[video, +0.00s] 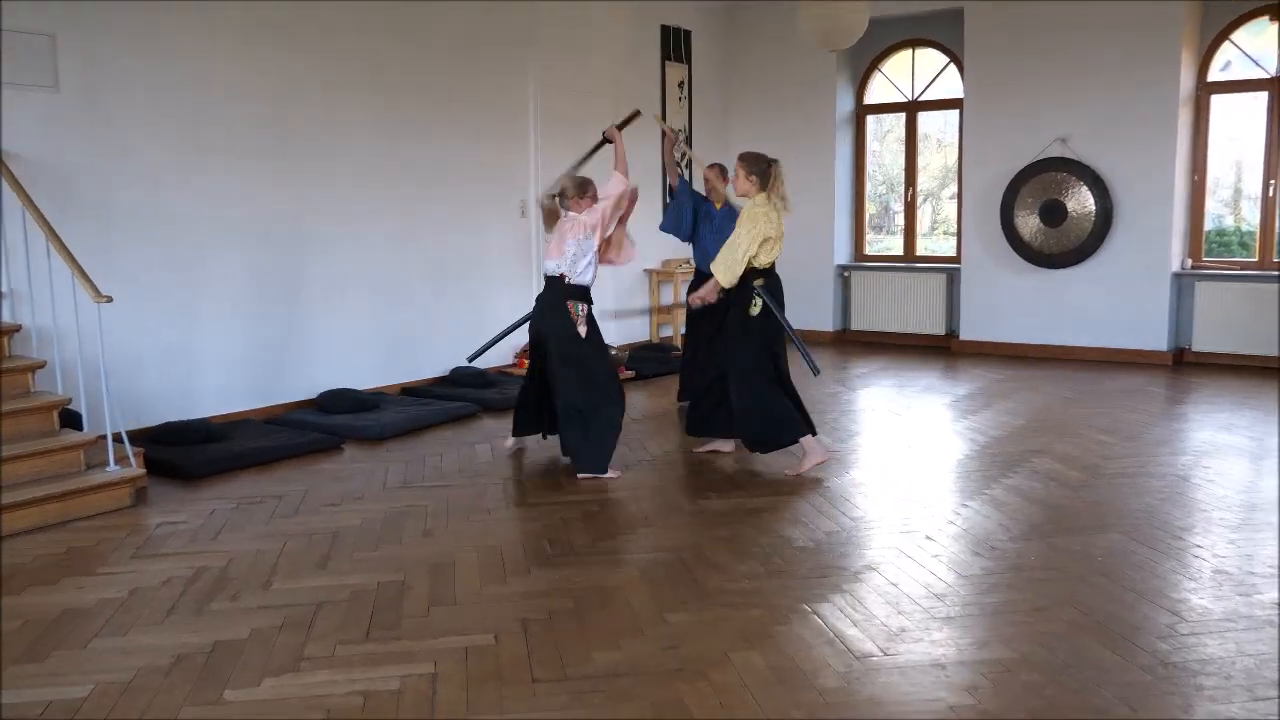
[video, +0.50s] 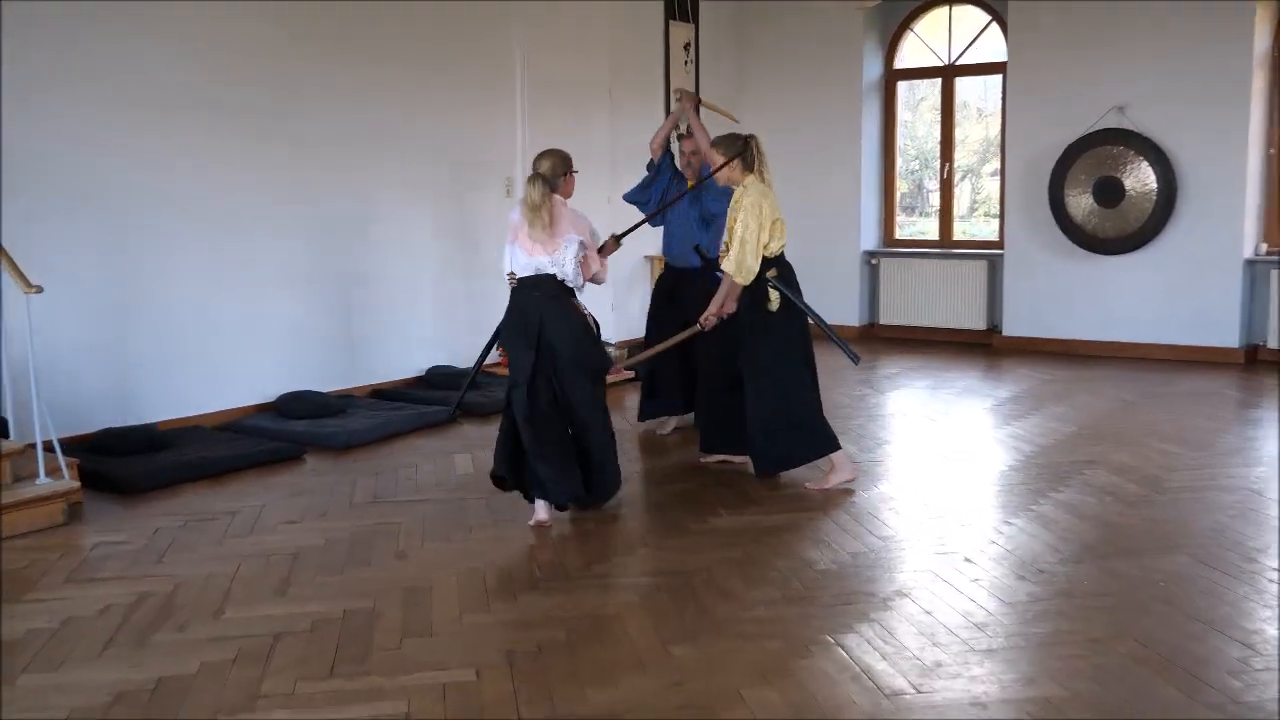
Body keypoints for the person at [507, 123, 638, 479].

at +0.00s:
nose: (595, 204)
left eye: (594, 198)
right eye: (591, 198)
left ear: (570, 202)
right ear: (575, 201)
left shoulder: (567, 228)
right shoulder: (578, 225)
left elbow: (613, 254)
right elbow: (618, 187)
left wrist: (622, 217)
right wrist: (618, 142)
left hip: (551, 307)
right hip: (568, 308)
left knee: (546, 373)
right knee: (603, 386)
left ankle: (519, 432)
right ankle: (590, 464)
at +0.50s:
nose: (575, 180)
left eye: (573, 174)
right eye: (573, 175)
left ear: (538, 178)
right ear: (565, 179)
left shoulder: (518, 217)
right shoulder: (577, 220)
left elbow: (512, 273)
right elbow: (595, 274)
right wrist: (602, 254)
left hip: (521, 309)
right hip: (562, 310)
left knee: (531, 400)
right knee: (570, 395)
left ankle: (540, 498)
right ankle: (576, 483)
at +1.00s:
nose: (529, 156)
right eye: (527, 152)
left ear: (493, 161)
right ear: (527, 156)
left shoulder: (485, 195)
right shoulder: (548, 188)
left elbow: (489, 163)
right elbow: (553, 178)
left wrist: (508, 130)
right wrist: (540, 146)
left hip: (506, 289)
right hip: (544, 287)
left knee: (511, 378)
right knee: (555, 380)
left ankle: (497, 463)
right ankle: (556, 480)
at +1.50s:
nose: (493, 126)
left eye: (493, 120)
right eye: (487, 120)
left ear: (486, 126)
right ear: (468, 126)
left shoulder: (497, 167)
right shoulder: (459, 163)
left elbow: (529, 157)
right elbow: (490, 122)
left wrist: (537, 111)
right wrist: (529, 95)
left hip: (488, 266)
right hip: (458, 264)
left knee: (496, 347)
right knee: (461, 351)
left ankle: (469, 436)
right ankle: (422, 430)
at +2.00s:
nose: (453, 135)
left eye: (458, 129)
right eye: (445, 129)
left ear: (462, 131)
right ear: (429, 131)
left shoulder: (457, 163)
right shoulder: (420, 158)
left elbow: (409, 195)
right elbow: (387, 161)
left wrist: (362, 175)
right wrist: (358, 162)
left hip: (463, 254)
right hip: (436, 252)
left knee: (461, 334)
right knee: (428, 332)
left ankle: (461, 418)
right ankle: (428, 415)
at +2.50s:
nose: (449, 143)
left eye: (456, 137)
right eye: (443, 136)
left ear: (466, 140)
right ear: (435, 138)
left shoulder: (462, 172)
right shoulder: (434, 167)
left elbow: (418, 201)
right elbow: (396, 183)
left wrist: (380, 201)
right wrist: (350, 195)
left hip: (476, 262)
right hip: (449, 262)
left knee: (487, 335)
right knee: (427, 337)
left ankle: (508, 411)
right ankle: (424, 417)